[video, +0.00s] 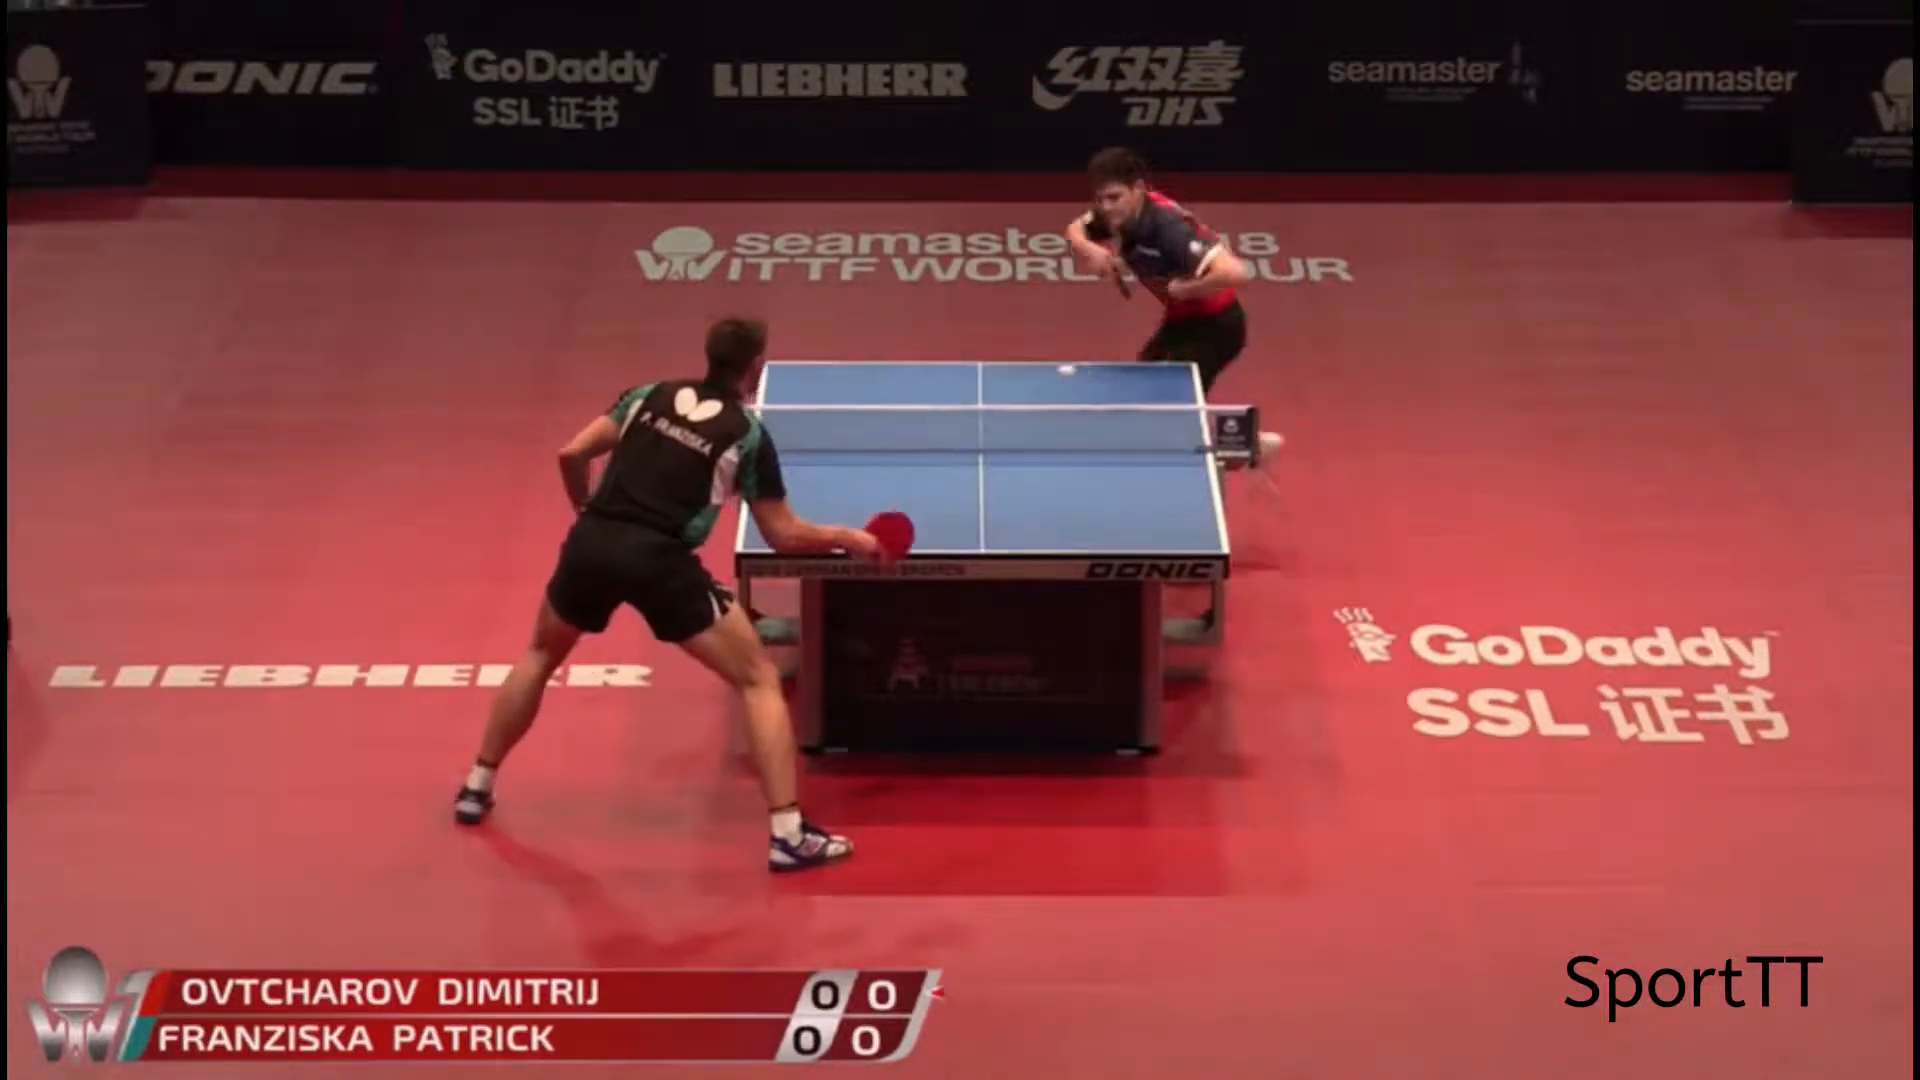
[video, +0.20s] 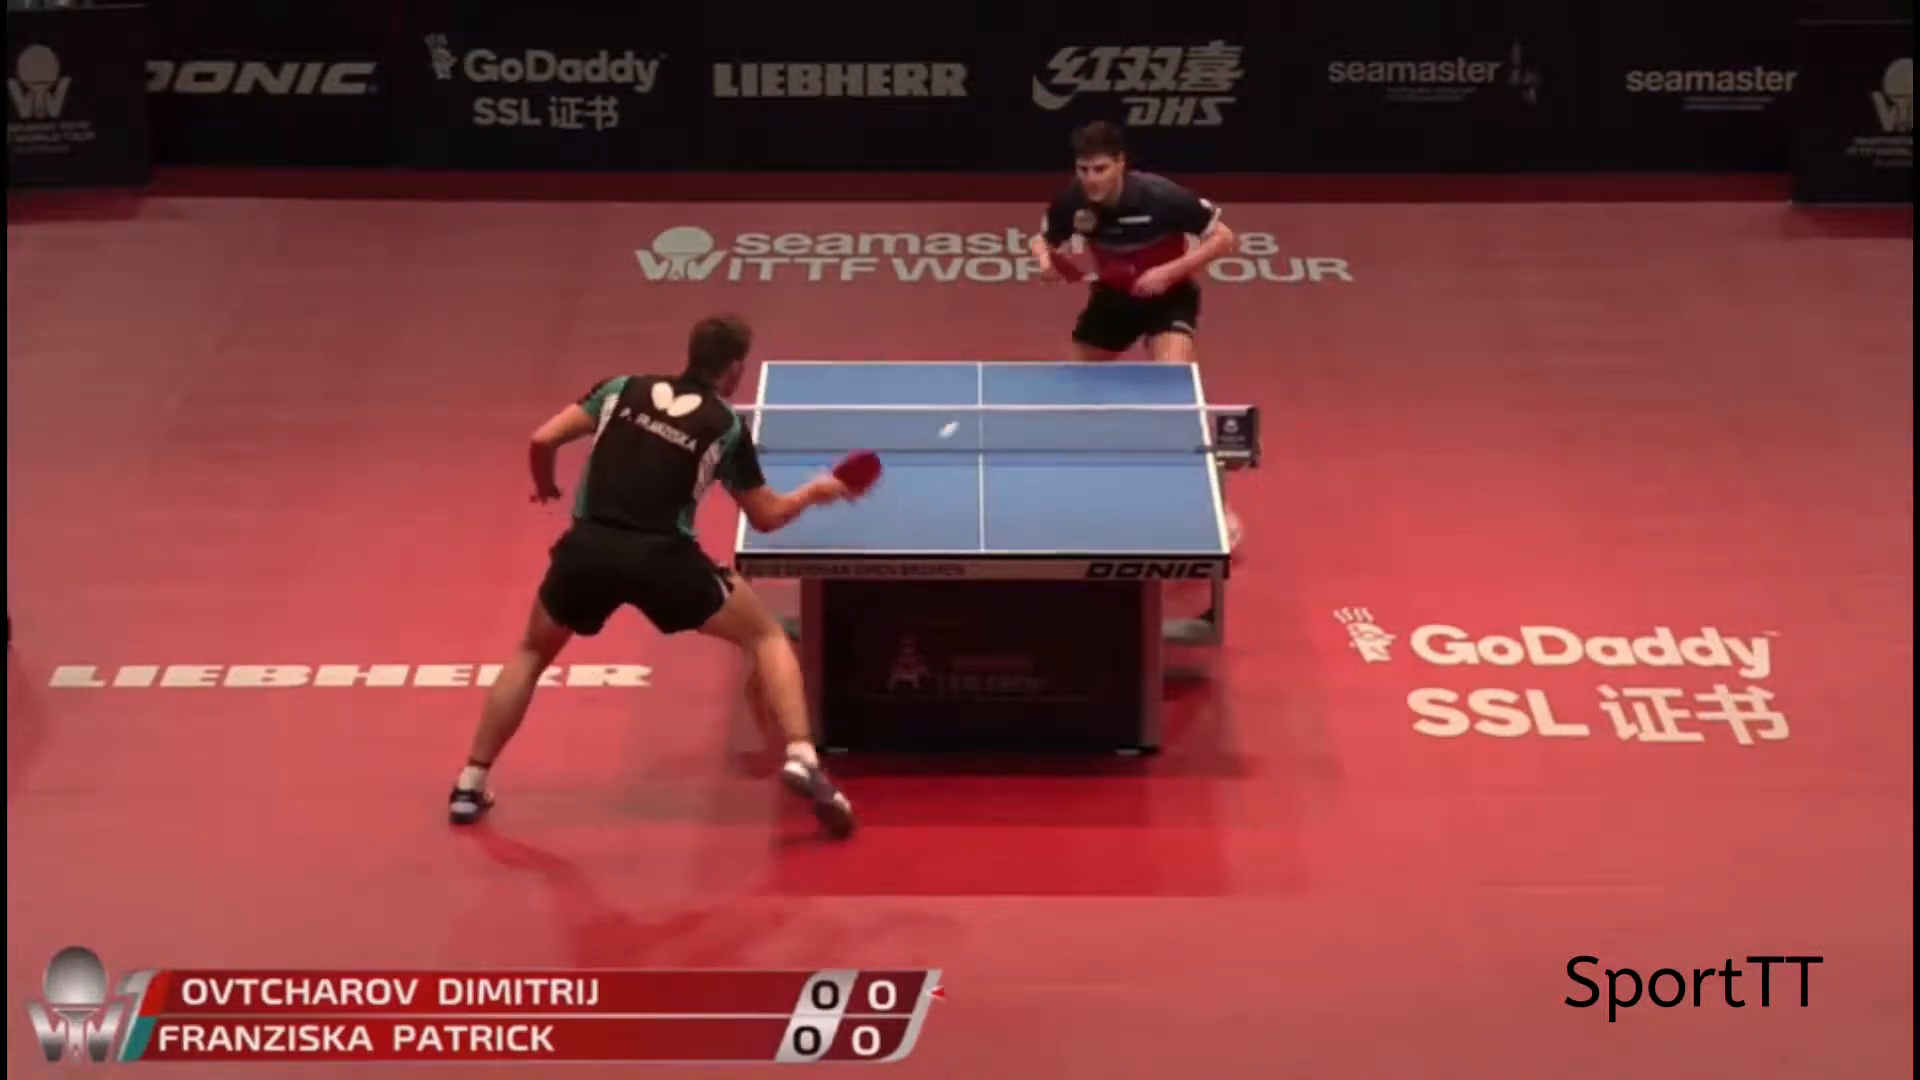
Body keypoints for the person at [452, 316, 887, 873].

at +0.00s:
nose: (762, 374)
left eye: (759, 366)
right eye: (761, 367)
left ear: (707, 362)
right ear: (752, 372)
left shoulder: (650, 396)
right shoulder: (748, 435)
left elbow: (572, 454)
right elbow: (783, 533)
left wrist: (587, 513)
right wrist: (847, 537)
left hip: (592, 545)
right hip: (660, 561)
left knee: (541, 655)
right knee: (758, 680)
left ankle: (475, 786)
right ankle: (790, 833)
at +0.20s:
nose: (741, 375)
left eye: (740, 365)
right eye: (741, 366)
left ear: (688, 356)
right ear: (732, 370)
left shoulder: (624, 389)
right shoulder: (726, 427)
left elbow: (543, 439)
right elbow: (766, 515)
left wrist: (543, 484)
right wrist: (812, 492)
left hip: (588, 548)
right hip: (664, 558)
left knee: (532, 654)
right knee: (765, 637)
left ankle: (470, 781)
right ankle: (801, 754)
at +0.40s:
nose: (760, 374)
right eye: (762, 366)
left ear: (713, 358)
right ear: (760, 371)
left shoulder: (678, 390)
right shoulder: (766, 426)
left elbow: (624, 440)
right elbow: (793, 472)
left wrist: (583, 462)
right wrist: (816, 477)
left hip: (656, 547)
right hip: (730, 553)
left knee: (566, 656)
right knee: (801, 642)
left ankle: (480, 773)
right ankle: (872, 753)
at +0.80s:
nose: (783, 358)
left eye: (776, 349)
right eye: (784, 351)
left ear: (731, 349)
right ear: (780, 359)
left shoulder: (677, 389)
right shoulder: (787, 428)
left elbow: (610, 440)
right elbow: (826, 521)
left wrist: (601, 487)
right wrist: (849, 496)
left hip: (641, 540)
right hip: (716, 552)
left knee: (570, 655)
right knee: (807, 650)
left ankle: (504, 786)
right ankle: (846, 795)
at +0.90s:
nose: (786, 390)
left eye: (774, 378)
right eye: (785, 382)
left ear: (730, 378)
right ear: (778, 390)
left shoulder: (670, 428)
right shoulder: (780, 463)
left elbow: (603, 496)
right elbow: (820, 556)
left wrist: (624, 529)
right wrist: (865, 539)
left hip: (627, 579)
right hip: (697, 595)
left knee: (556, 672)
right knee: (802, 706)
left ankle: (478, 792)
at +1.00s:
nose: (782, 397)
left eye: (775, 385)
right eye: (782, 390)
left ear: (727, 384)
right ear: (772, 396)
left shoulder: (670, 431)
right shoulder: (773, 467)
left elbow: (599, 497)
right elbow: (813, 563)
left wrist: (620, 523)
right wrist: (864, 553)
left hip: (619, 585)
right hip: (692, 601)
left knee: (554, 680)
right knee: (801, 704)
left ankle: (470, 799)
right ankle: (777, 849)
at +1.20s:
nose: (773, 386)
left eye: (770, 375)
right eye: (773, 379)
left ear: (720, 367)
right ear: (763, 387)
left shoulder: (672, 393)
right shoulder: (730, 448)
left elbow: (676, 470)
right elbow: (718, 558)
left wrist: (739, 493)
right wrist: (777, 603)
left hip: (576, 548)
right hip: (641, 567)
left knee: (522, 663)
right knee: (752, 673)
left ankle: (455, 796)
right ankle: (751, 820)